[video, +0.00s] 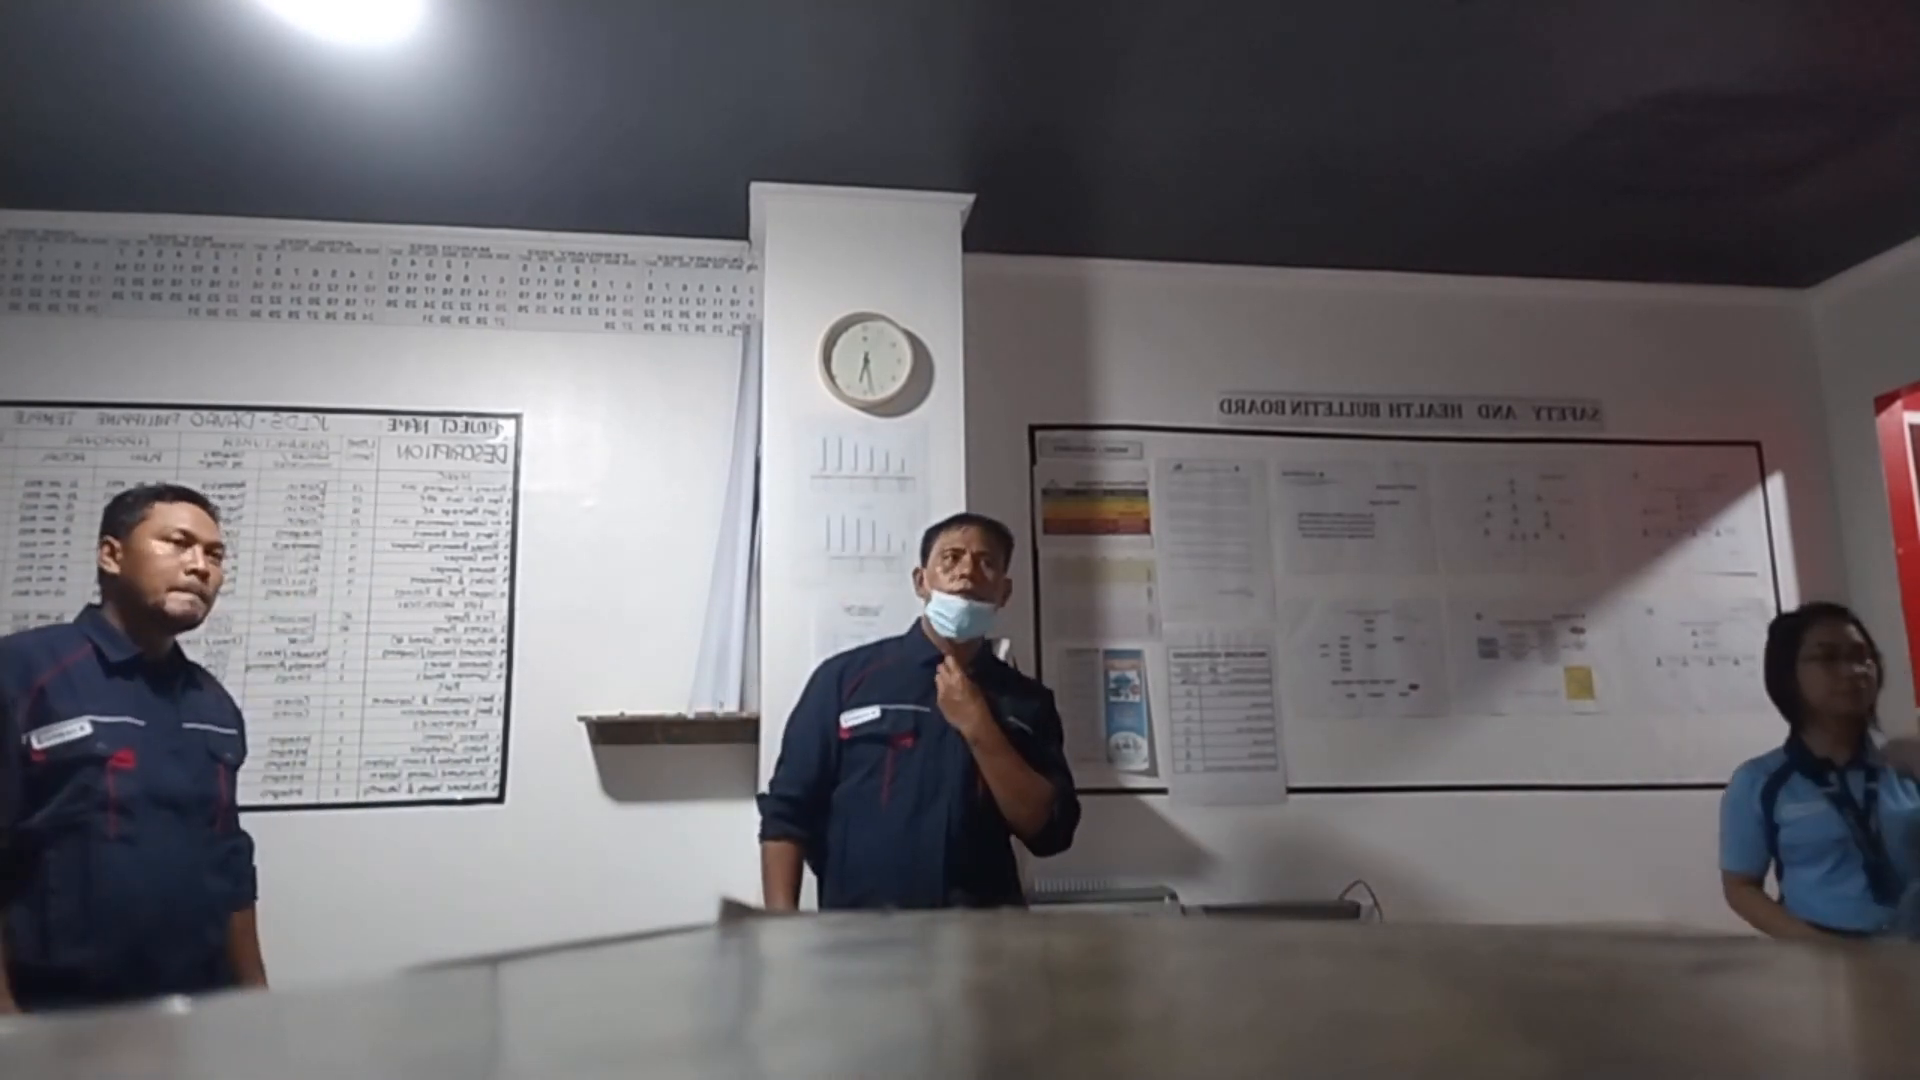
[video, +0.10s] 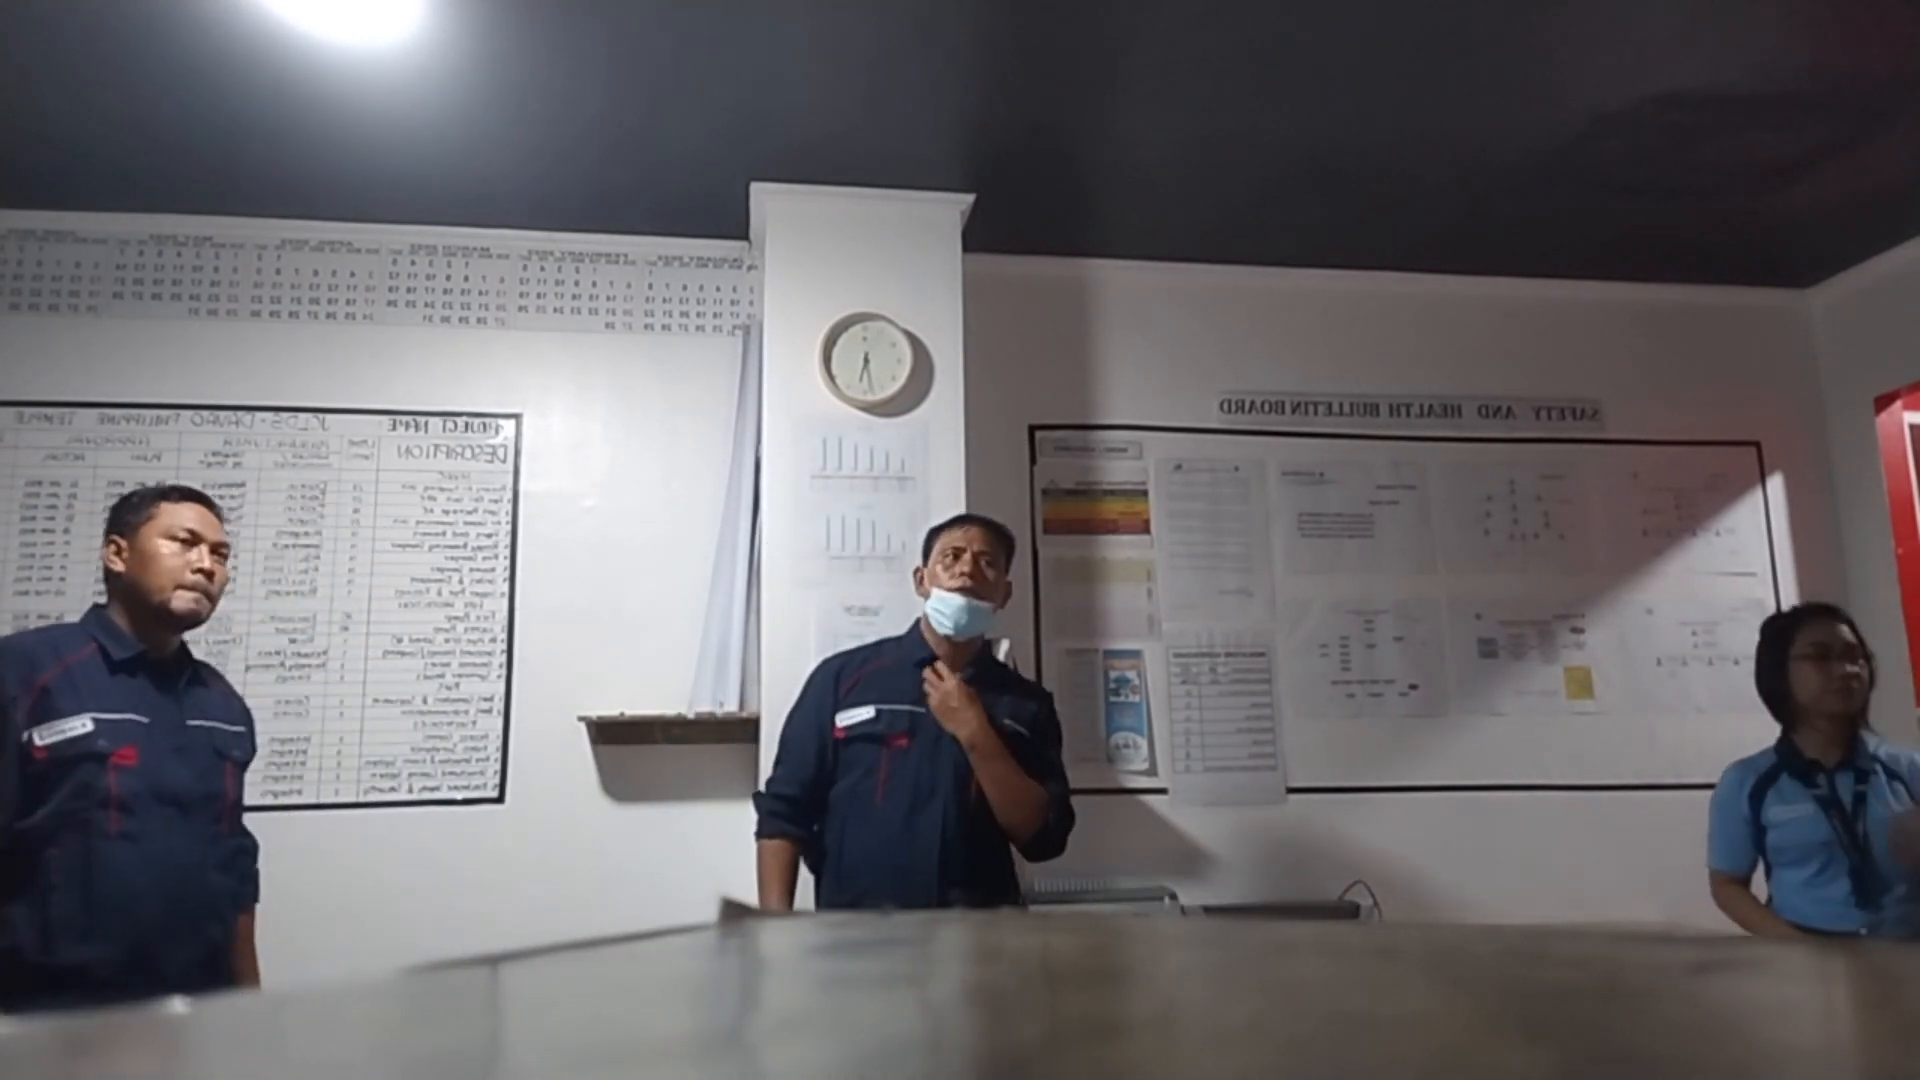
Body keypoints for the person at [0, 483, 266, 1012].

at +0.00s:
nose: (200, 565)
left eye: (214, 553)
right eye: (177, 542)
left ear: (222, 577)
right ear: (112, 555)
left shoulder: (218, 708)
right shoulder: (21, 669)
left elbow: (228, 866)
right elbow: (9, 849)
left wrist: (256, 1004)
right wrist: (8, 1013)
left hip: (193, 1019)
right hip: (55, 1019)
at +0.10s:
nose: (206, 564)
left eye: (219, 553)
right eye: (183, 541)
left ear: (226, 577)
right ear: (117, 554)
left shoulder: (226, 708)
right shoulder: (22, 669)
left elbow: (231, 862)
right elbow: (11, 835)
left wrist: (246, 1001)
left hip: (190, 1015)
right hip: (47, 1013)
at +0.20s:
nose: (214, 566)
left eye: (227, 555)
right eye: (191, 543)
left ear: (234, 577)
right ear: (126, 556)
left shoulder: (245, 707)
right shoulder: (24, 679)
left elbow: (244, 861)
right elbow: (10, 842)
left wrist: (247, 997)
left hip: (206, 1016)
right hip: (59, 1017)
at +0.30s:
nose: (225, 566)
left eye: (238, 554)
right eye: (200, 545)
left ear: (246, 575)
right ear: (138, 561)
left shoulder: (265, 701)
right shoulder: (37, 689)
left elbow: (275, 860)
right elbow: (13, 851)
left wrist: (277, 997)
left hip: (235, 1016)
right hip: (86, 1018)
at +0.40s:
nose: (240, 567)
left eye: (254, 554)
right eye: (215, 547)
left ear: (265, 573)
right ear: (157, 566)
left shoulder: (286, 699)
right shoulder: (58, 693)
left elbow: (309, 857)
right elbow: (10, 866)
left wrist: (330, 989)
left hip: (255, 1009)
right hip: (110, 1014)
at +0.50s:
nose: (259, 572)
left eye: (273, 558)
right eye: (234, 552)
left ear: (285, 576)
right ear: (179, 571)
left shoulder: (307, 702)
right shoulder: (84, 694)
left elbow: (339, 860)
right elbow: (20, 870)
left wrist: (377, 986)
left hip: (280, 1011)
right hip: (135, 1018)